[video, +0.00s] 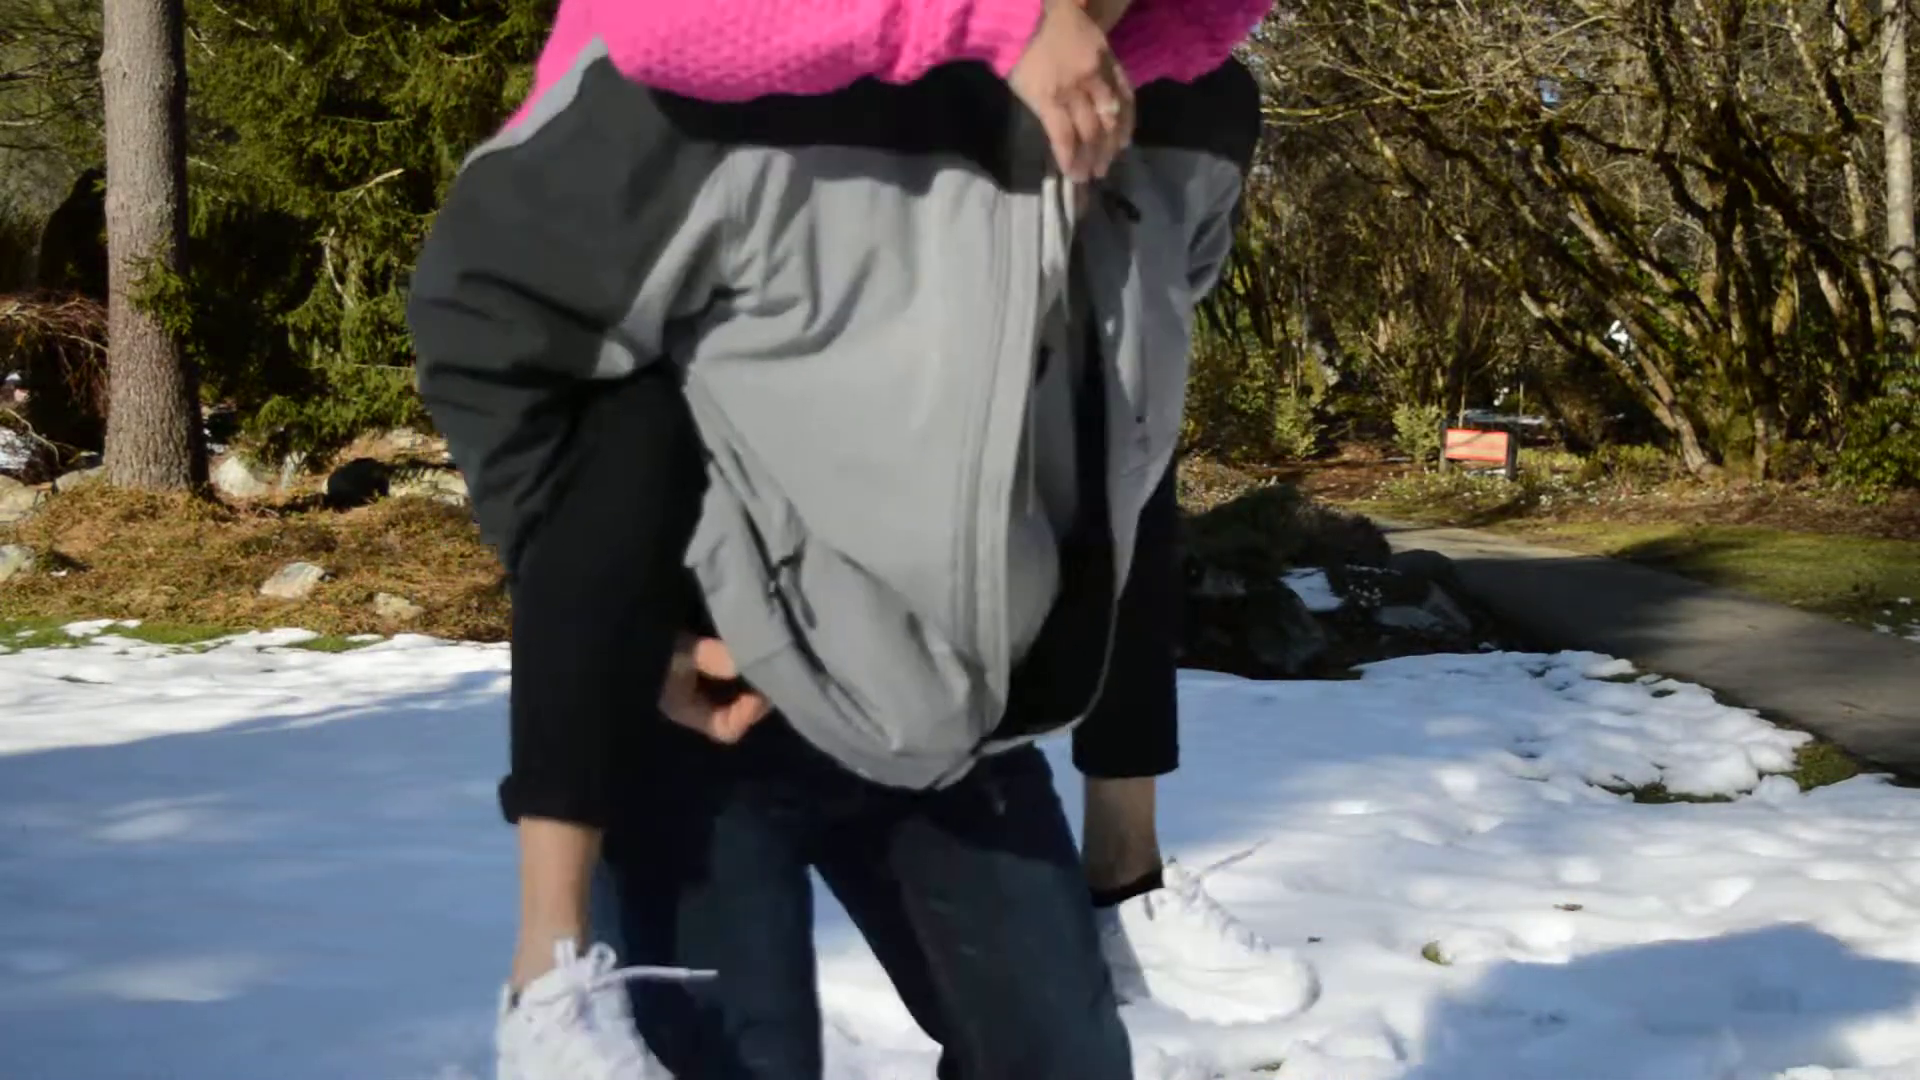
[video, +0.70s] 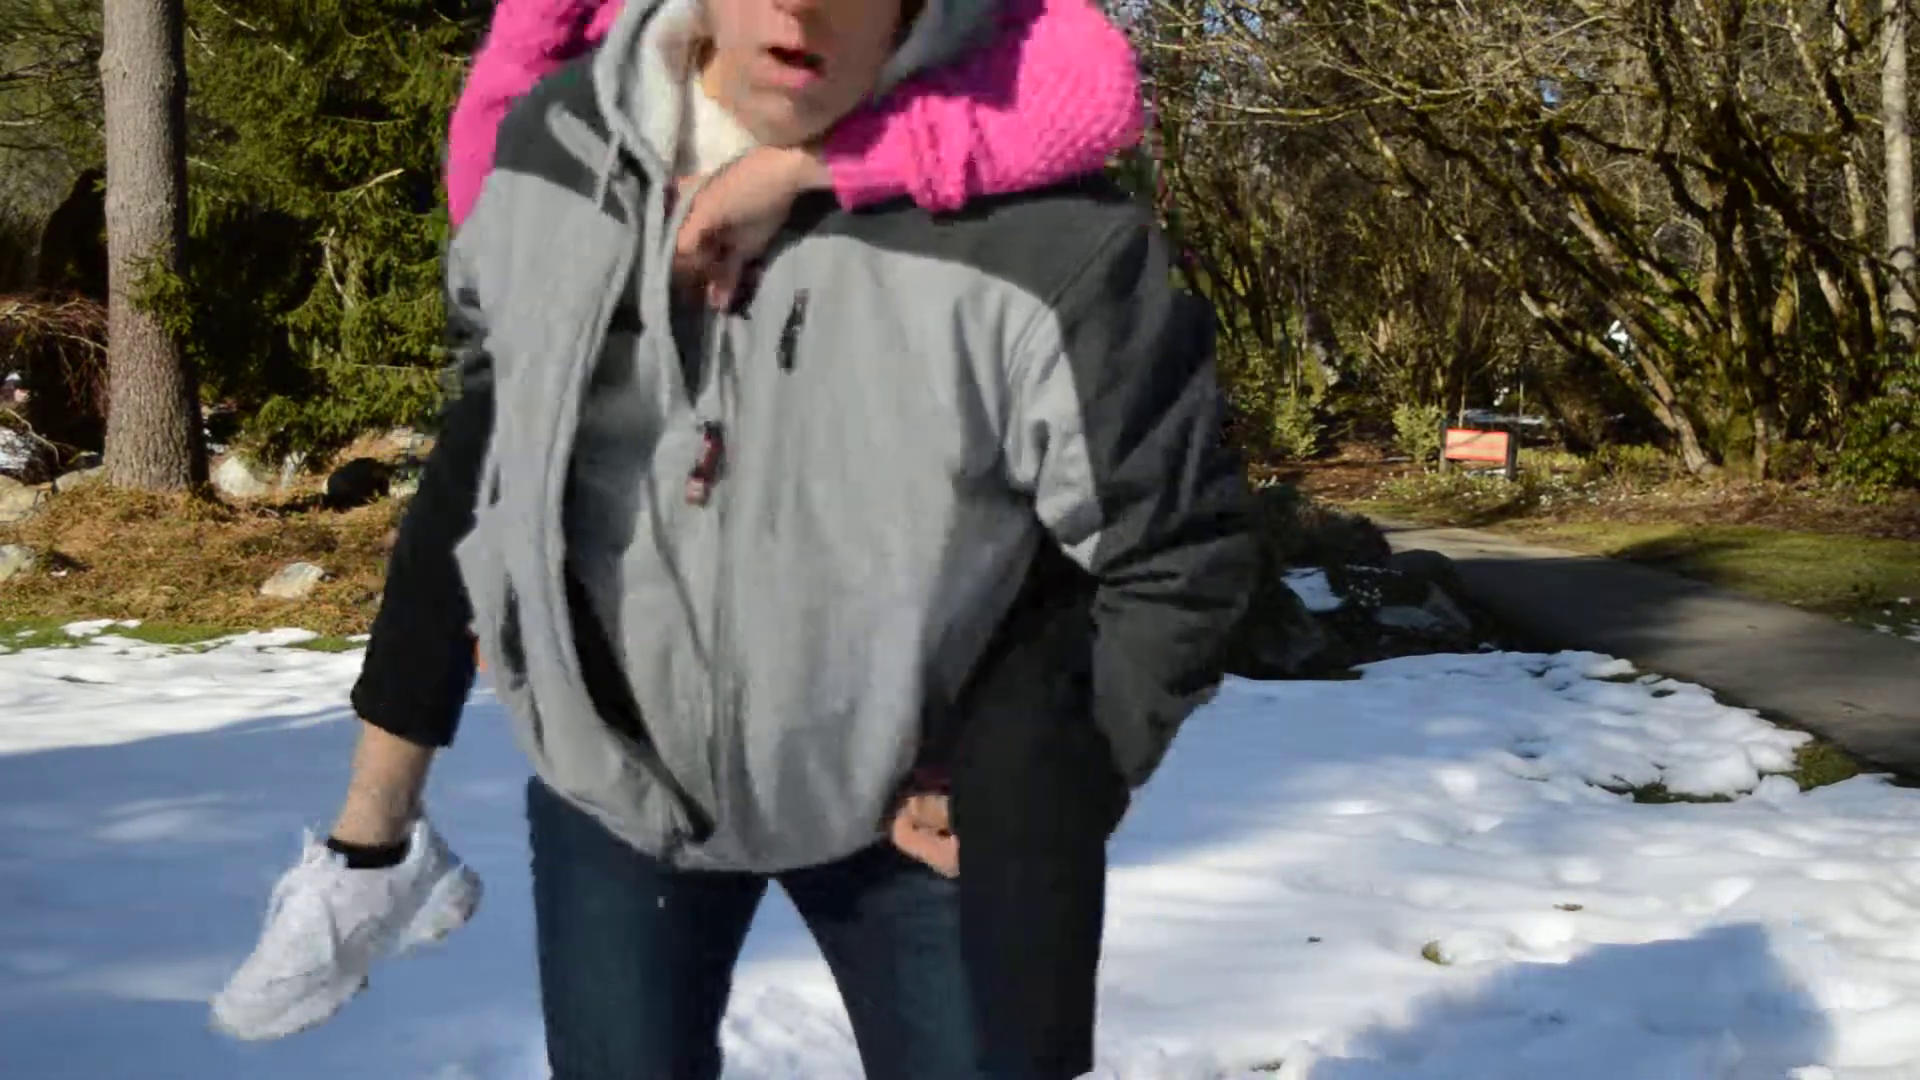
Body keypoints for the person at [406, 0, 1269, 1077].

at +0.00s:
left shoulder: (1196, 107)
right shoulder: (713, 84)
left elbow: (1129, 399)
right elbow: (478, 302)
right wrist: (615, 627)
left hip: (963, 723)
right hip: (698, 725)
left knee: (1068, 1057)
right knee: (744, 1067)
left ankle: (1127, 891)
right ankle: (551, 977)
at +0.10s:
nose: (1035, 20)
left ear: (1147, 15)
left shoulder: (1191, 233)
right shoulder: (718, 174)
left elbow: (1138, 569)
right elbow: (450, 403)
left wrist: (1111, 894)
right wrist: (574, 696)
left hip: (960, 799)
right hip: (683, 782)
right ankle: (490, 1050)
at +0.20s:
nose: (1042, 49)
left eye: (1100, 14)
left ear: (1147, 46)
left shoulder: (1201, 287)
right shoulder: (696, 209)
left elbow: (1162, 619)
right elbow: (440, 402)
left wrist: (1134, 961)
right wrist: (559, 697)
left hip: (958, 800)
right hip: (675, 774)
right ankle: (420, 1013)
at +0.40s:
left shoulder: (1173, 114)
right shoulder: (605, 57)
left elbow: (1241, 361)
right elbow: (467, 265)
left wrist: (1129, 557)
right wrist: (530, 505)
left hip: (974, 672)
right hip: (668, 652)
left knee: (1000, 1059)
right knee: (643, 1049)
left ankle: (1189, 939)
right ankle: (399, 810)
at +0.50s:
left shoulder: (1150, 55)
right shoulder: (564, 28)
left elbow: (1237, 323)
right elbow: (485, 216)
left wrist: (1100, 567)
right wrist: (521, 446)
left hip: (957, 647)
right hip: (650, 619)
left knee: (1001, 1058)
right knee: (605, 1051)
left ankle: (1172, 914)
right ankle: (387, 719)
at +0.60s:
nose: (839, 9)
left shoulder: (1113, 130)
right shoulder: (557, 57)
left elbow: (1209, 435)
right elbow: (484, 307)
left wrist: (1056, 663)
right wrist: (498, 512)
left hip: (940, 752)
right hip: (624, 727)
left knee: (1100, 565)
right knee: (609, 1071)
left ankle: (1104, 1054)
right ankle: (385, 787)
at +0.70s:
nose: (794, 15)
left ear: (921, 17)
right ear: (692, 0)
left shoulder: (1055, 244)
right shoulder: (552, 156)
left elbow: (1186, 559)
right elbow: (479, 432)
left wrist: (1023, 796)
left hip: (914, 802)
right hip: (614, 782)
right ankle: (371, 841)